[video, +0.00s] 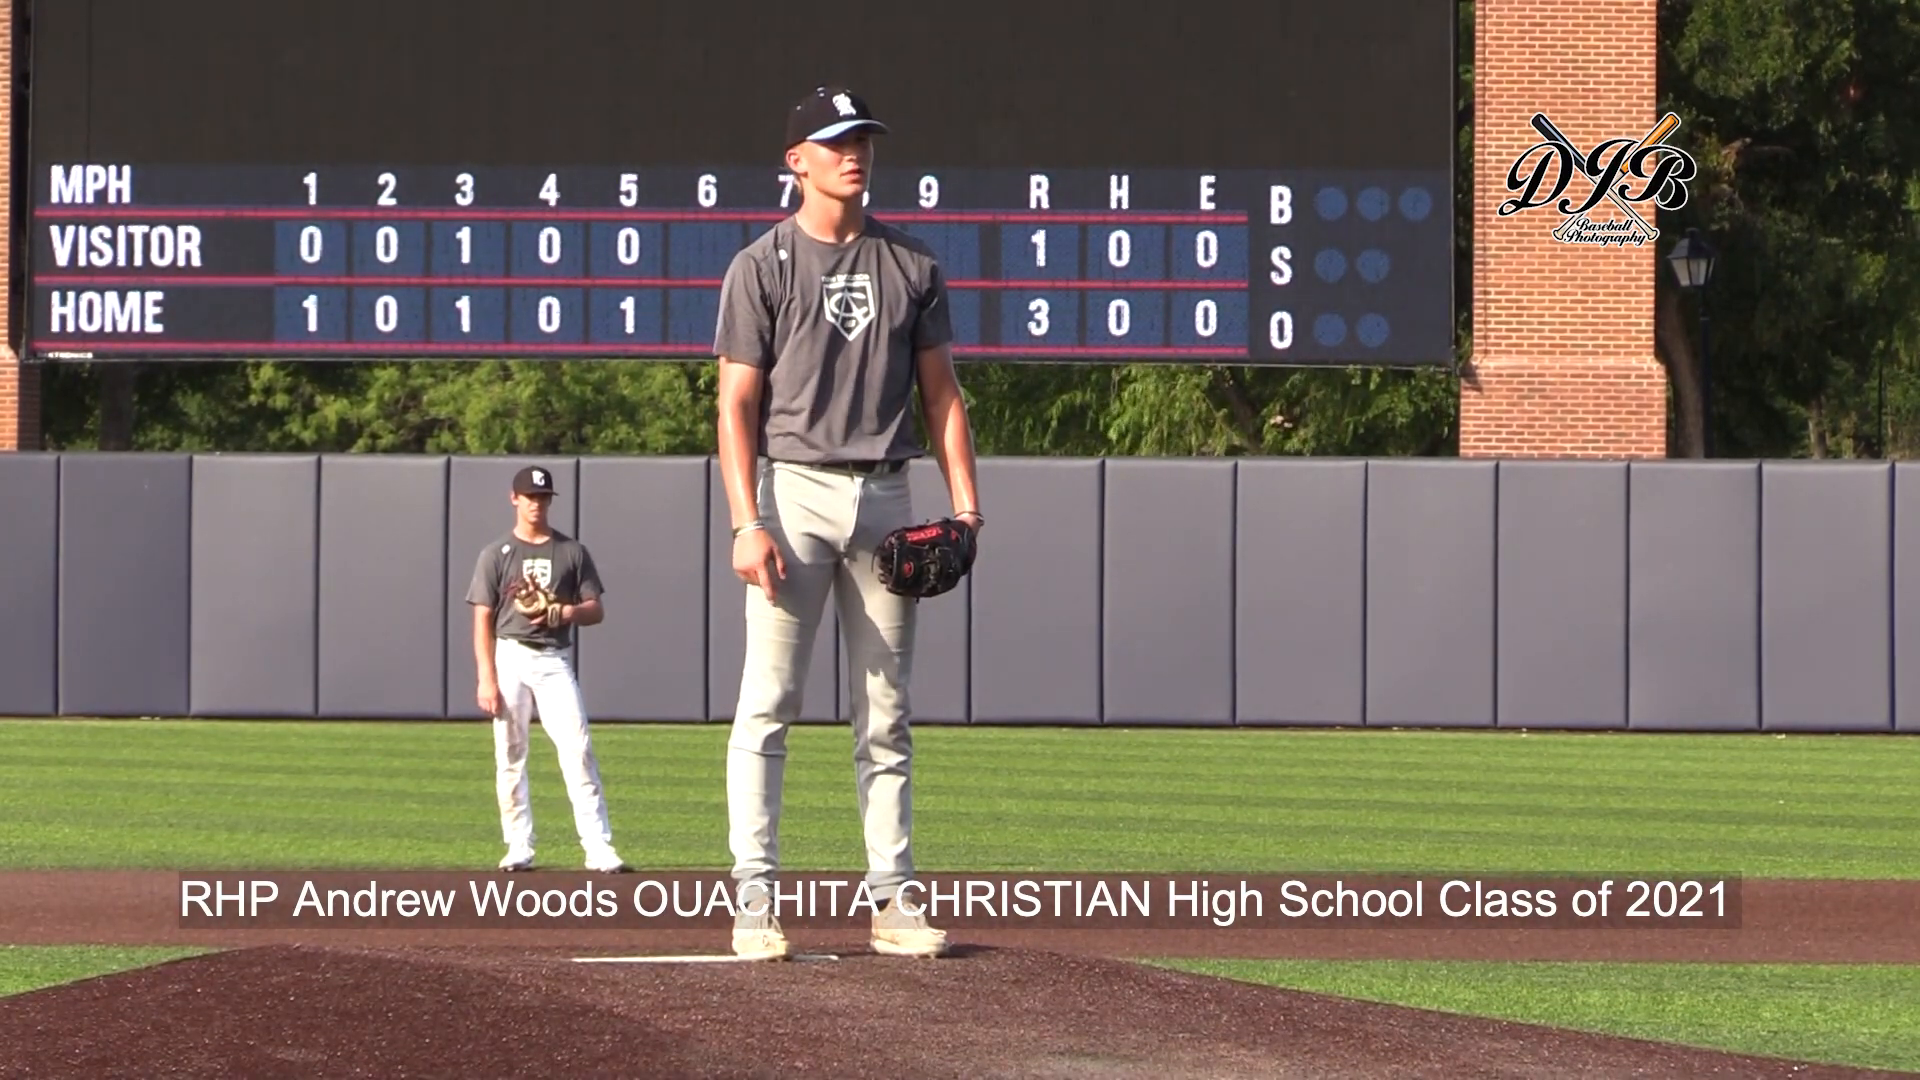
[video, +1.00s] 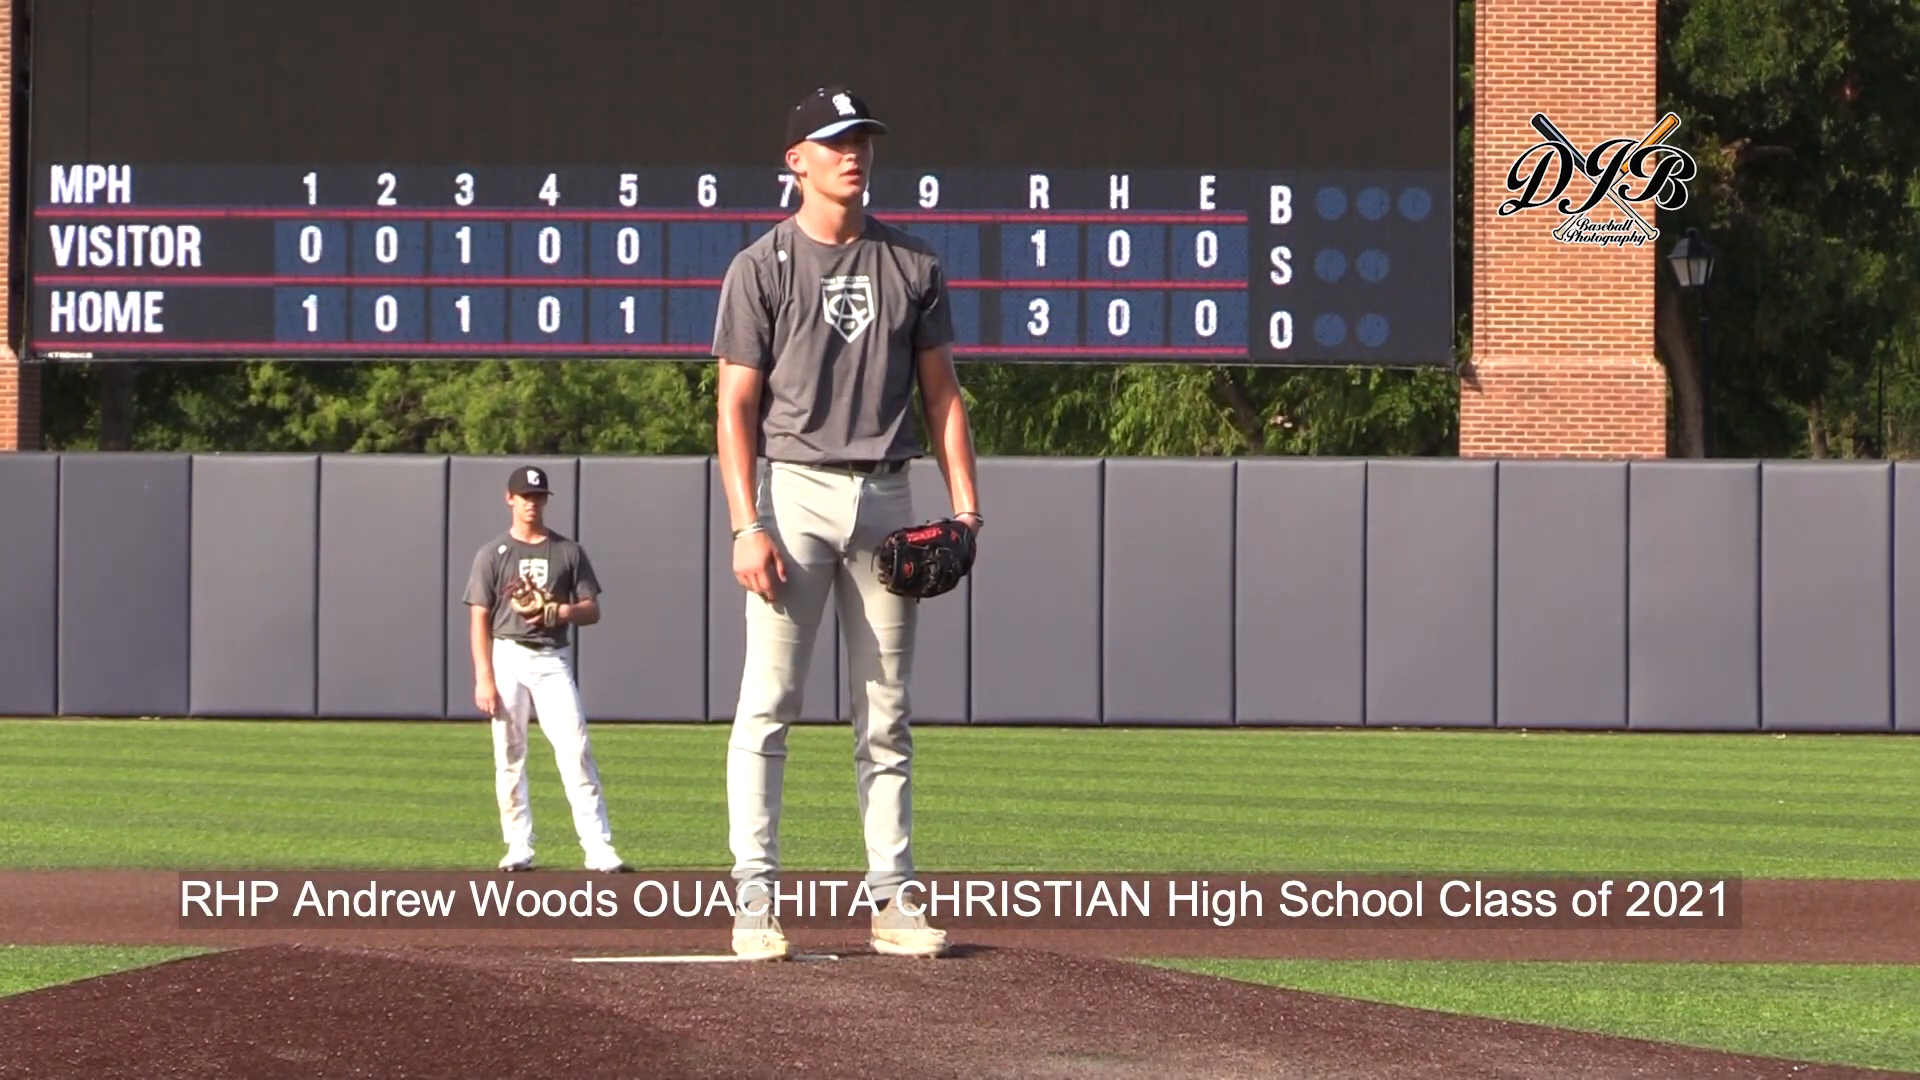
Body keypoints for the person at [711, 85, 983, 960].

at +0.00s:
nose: (854, 159)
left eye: (862, 145)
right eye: (837, 146)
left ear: (872, 158)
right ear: (799, 160)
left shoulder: (911, 267)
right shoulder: (759, 267)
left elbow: (943, 394)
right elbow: (734, 405)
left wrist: (965, 508)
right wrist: (746, 522)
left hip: (887, 497)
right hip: (790, 493)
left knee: (886, 711)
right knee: (768, 705)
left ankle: (892, 897)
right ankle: (755, 895)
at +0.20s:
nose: (854, 158)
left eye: (862, 145)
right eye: (838, 147)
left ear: (872, 158)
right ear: (799, 160)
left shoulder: (911, 267)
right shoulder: (759, 267)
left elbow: (943, 394)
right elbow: (733, 405)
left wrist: (965, 506)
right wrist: (745, 522)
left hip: (888, 497)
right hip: (791, 493)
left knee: (887, 712)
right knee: (768, 705)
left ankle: (893, 897)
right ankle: (755, 895)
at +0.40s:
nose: (854, 159)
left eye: (861, 146)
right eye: (837, 147)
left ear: (872, 158)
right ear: (799, 161)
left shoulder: (912, 267)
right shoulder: (759, 268)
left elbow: (943, 394)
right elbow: (733, 407)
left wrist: (965, 507)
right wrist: (744, 523)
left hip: (888, 497)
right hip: (792, 493)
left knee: (887, 712)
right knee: (769, 704)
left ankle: (893, 897)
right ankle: (755, 895)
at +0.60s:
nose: (853, 159)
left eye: (861, 146)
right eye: (836, 146)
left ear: (872, 158)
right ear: (798, 161)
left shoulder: (912, 267)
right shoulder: (759, 268)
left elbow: (944, 394)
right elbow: (733, 408)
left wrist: (965, 509)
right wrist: (745, 524)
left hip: (888, 497)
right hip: (791, 493)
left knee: (887, 711)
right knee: (769, 704)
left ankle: (893, 897)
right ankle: (755, 895)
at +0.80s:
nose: (853, 158)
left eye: (861, 145)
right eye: (836, 146)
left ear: (872, 158)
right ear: (798, 160)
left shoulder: (912, 267)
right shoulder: (759, 268)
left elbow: (944, 394)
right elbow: (733, 408)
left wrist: (966, 509)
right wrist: (746, 524)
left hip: (888, 497)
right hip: (792, 493)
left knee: (887, 711)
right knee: (769, 704)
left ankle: (893, 897)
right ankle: (755, 895)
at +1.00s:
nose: (852, 159)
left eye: (860, 145)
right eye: (835, 146)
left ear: (872, 158)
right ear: (798, 160)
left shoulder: (912, 267)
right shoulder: (759, 268)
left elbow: (944, 395)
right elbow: (733, 408)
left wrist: (965, 510)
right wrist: (745, 524)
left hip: (888, 497)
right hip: (792, 493)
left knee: (887, 712)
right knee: (769, 704)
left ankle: (893, 897)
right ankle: (755, 895)